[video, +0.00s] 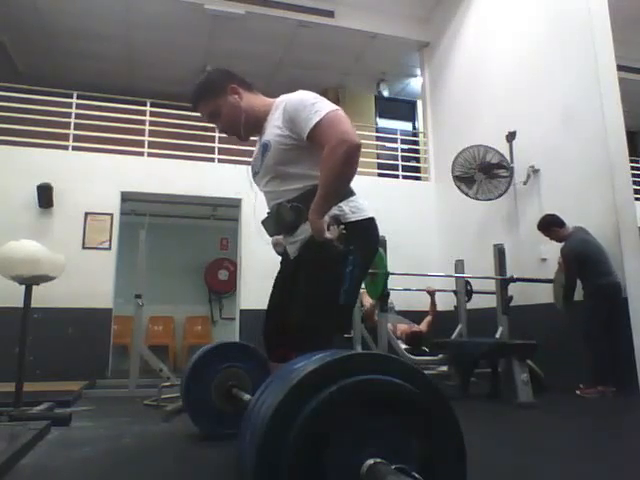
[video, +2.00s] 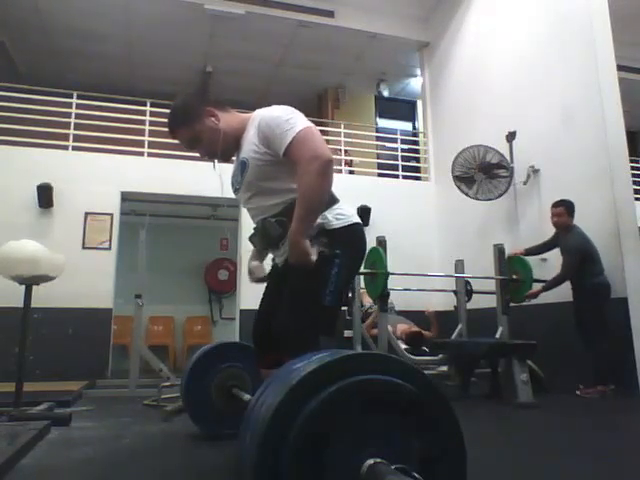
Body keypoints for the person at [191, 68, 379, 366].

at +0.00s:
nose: (219, 129)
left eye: (216, 116)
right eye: (212, 123)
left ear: (235, 93)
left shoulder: (294, 104)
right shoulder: (260, 157)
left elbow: (345, 143)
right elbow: (291, 198)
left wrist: (317, 214)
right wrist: (281, 234)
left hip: (339, 234)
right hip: (304, 247)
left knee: (310, 340)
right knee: (277, 339)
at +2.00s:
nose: (202, 155)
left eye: (197, 143)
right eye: (194, 150)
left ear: (213, 118)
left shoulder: (271, 118)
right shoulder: (240, 170)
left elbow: (317, 160)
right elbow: (271, 216)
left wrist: (297, 236)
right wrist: (257, 254)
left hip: (331, 238)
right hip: (296, 251)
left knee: (298, 333)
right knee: (266, 334)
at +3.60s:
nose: (209, 140)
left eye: (205, 129)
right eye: (202, 135)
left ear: (223, 104)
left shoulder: (277, 115)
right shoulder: (248, 166)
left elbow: (330, 146)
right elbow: (282, 210)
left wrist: (308, 219)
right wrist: (272, 255)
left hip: (329, 232)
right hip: (299, 244)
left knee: (296, 329)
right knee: (275, 331)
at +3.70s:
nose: (206, 143)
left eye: (203, 133)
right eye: (200, 138)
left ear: (221, 109)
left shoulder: (274, 118)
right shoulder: (245, 171)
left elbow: (326, 149)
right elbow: (279, 216)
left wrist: (305, 218)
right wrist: (270, 258)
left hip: (327, 231)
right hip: (297, 244)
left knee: (297, 328)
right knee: (275, 331)